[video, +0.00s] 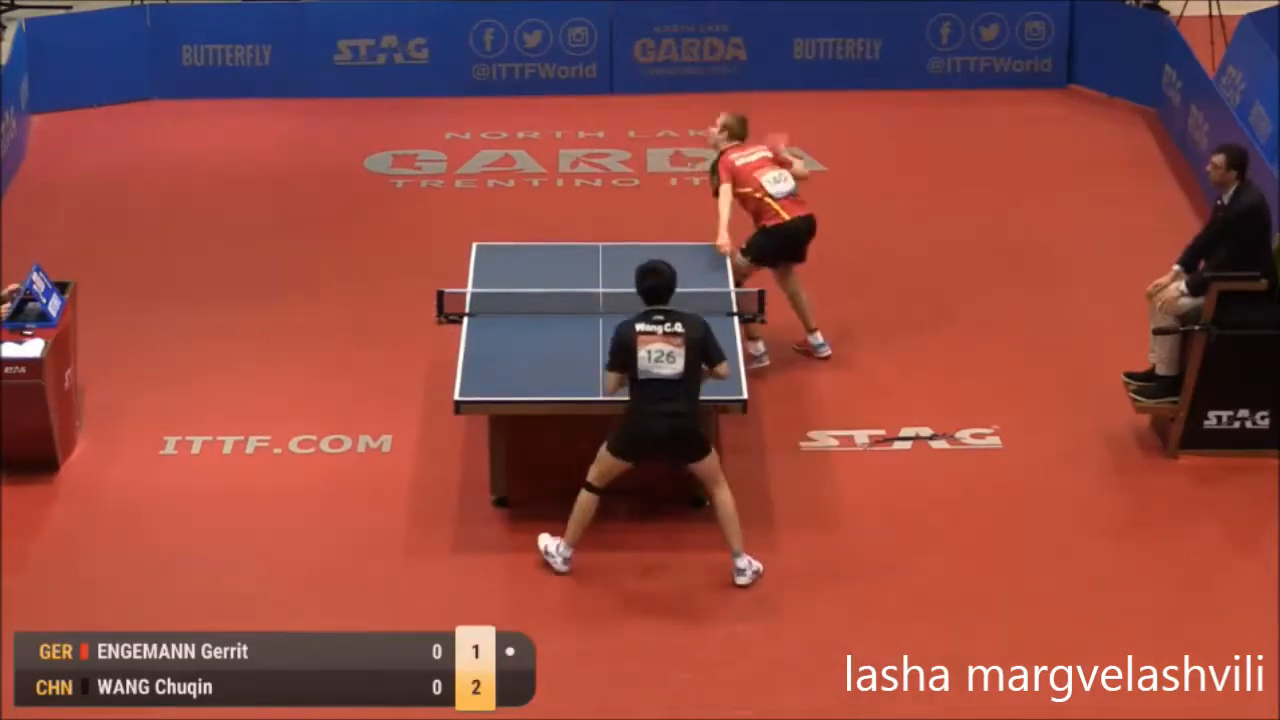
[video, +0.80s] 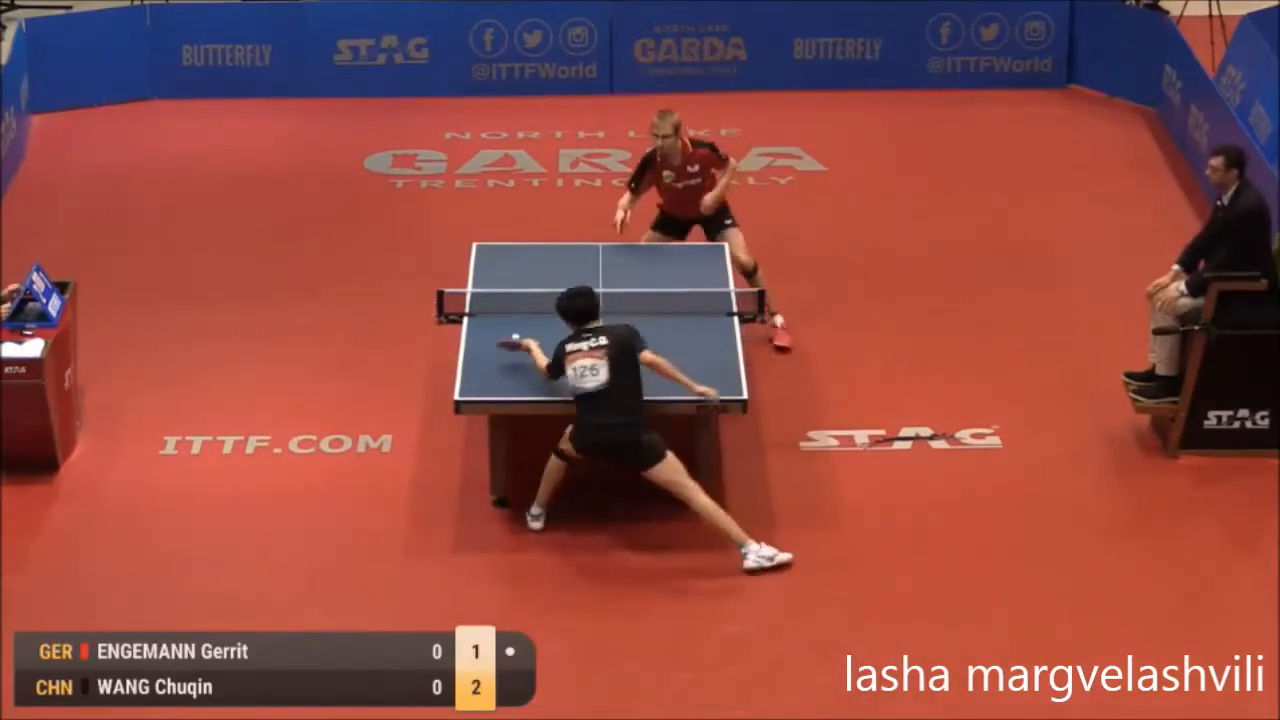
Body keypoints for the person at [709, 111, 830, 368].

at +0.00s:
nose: (710, 131)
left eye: (715, 127)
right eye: (713, 126)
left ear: (725, 135)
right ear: (740, 136)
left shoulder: (725, 160)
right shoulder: (763, 150)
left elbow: (726, 192)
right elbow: (801, 171)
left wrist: (723, 233)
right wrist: (785, 154)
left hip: (776, 228)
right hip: (804, 221)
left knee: (730, 280)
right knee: (785, 274)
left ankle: (755, 347)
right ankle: (816, 338)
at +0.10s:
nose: (694, 158)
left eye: (698, 152)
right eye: (695, 152)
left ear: (711, 154)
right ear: (722, 152)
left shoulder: (721, 175)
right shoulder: (750, 159)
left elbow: (731, 205)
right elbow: (777, 166)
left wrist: (736, 243)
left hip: (777, 237)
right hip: (805, 227)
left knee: (730, 281)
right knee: (779, 278)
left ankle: (761, 348)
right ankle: (815, 339)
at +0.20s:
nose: (676, 194)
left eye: (677, 187)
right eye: (673, 188)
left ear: (693, 179)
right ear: (695, 177)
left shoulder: (713, 192)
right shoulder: (715, 178)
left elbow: (747, 209)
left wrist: (764, 245)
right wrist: (708, 215)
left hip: (778, 237)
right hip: (795, 229)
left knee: (728, 284)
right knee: (763, 283)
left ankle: (758, 355)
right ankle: (809, 332)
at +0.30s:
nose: (671, 194)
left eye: (675, 187)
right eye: (668, 189)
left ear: (690, 179)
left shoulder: (715, 190)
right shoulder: (700, 184)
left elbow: (757, 202)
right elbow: (688, 193)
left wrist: (782, 234)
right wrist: (673, 201)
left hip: (768, 233)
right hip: (755, 231)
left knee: (732, 288)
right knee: (743, 278)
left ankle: (758, 356)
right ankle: (790, 312)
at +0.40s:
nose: (669, 173)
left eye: (673, 166)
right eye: (665, 167)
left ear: (687, 160)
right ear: (663, 164)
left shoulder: (714, 174)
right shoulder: (682, 179)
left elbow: (764, 180)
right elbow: (664, 193)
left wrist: (789, 213)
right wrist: (647, 204)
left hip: (759, 217)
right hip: (728, 219)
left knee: (731, 282)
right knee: (693, 258)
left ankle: (758, 353)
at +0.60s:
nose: (664, 147)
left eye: (669, 141)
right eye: (661, 141)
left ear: (684, 137)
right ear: (658, 139)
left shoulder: (711, 147)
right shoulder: (662, 159)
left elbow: (749, 156)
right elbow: (648, 187)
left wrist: (754, 193)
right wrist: (637, 207)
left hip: (724, 212)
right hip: (688, 213)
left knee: (735, 270)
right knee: (660, 258)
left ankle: (767, 324)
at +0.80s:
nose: (660, 143)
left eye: (665, 137)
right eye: (656, 137)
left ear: (679, 135)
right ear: (652, 136)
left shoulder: (703, 150)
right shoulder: (652, 160)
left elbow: (730, 166)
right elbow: (633, 191)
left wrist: (716, 193)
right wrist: (623, 210)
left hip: (711, 211)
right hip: (674, 214)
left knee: (743, 262)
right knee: (643, 257)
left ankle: (771, 314)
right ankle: (643, 320)